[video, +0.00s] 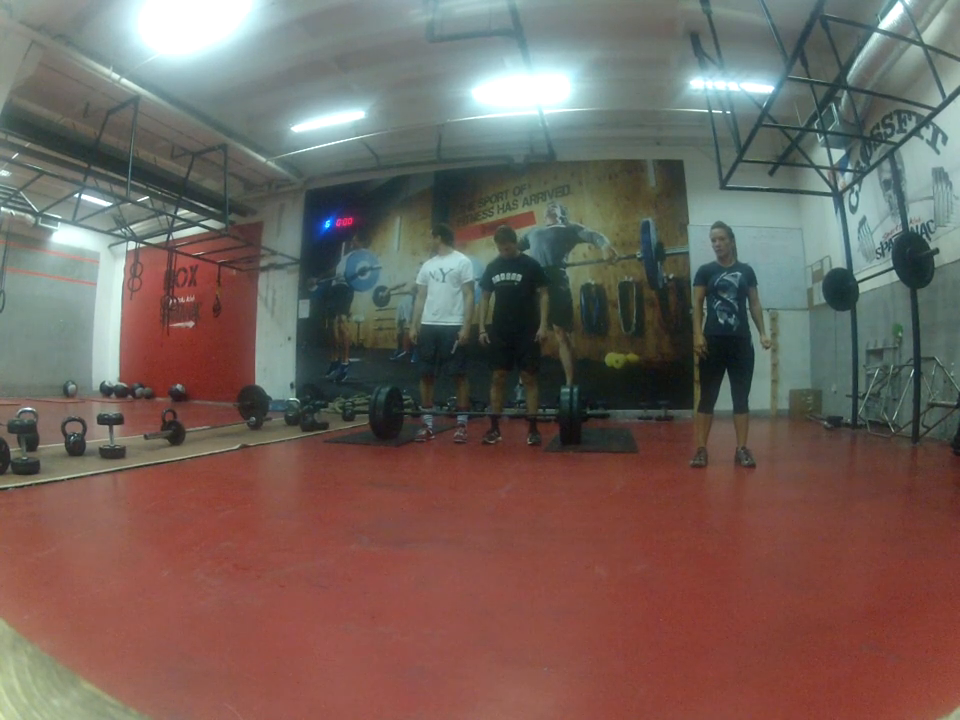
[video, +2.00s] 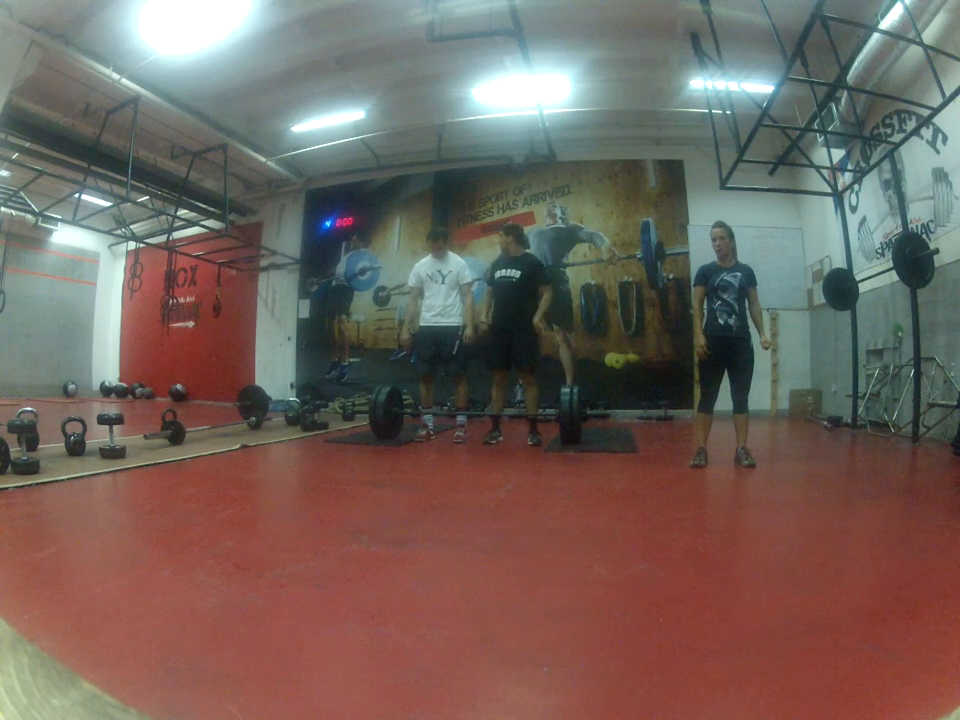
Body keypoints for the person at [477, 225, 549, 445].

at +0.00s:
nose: (504, 252)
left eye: (507, 248)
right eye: (500, 248)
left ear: (515, 243)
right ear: (496, 246)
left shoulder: (531, 265)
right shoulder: (493, 266)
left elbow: (543, 295)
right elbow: (484, 298)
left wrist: (543, 326)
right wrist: (482, 327)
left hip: (527, 330)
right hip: (501, 329)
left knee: (529, 377)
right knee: (498, 377)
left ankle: (533, 428)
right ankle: (494, 428)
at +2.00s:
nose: (498, 241)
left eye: (501, 237)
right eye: (499, 237)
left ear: (511, 238)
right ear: (508, 238)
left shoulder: (533, 262)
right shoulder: (497, 264)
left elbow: (547, 292)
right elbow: (490, 293)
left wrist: (539, 316)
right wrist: (484, 315)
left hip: (524, 328)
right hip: (500, 328)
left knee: (528, 378)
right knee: (499, 377)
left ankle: (533, 429)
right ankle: (495, 428)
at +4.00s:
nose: (509, 252)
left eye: (512, 247)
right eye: (505, 248)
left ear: (519, 244)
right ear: (500, 244)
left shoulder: (532, 265)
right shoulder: (493, 266)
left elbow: (543, 296)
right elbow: (484, 298)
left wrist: (544, 326)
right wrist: (482, 327)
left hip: (527, 329)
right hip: (501, 329)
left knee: (529, 377)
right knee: (499, 378)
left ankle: (534, 428)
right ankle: (495, 428)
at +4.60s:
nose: (506, 276)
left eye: (509, 273)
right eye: (502, 273)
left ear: (516, 267)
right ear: (496, 269)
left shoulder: (530, 281)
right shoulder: (491, 282)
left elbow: (542, 314)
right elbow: (481, 316)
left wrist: (542, 347)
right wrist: (482, 350)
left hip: (527, 338)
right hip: (501, 338)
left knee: (530, 379)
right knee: (500, 380)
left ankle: (534, 429)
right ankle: (495, 428)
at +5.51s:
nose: (506, 300)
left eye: (508, 296)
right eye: (502, 296)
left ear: (515, 291)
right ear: (496, 292)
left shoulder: (530, 299)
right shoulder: (489, 300)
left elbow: (540, 330)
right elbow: (480, 332)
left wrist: (541, 367)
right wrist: (480, 369)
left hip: (526, 341)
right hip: (501, 341)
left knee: (530, 378)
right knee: (498, 378)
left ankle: (534, 429)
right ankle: (495, 428)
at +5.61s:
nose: (507, 319)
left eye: (510, 315)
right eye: (504, 316)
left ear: (516, 309)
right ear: (497, 310)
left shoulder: (529, 311)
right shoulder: (489, 312)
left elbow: (541, 345)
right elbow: (479, 346)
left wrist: (543, 381)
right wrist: (479, 384)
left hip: (525, 338)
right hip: (501, 338)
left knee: (530, 376)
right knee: (498, 376)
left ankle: (534, 429)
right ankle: (495, 428)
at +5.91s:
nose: (508, 348)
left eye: (511, 345)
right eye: (505, 345)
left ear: (517, 339)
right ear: (498, 339)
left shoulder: (529, 337)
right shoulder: (491, 340)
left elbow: (541, 371)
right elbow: (474, 371)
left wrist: (547, 404)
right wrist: (476, 404)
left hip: (524, 354)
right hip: (499, 356)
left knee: (531, 386)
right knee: (493, 389)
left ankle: (534, 431)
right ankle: (495, 429)